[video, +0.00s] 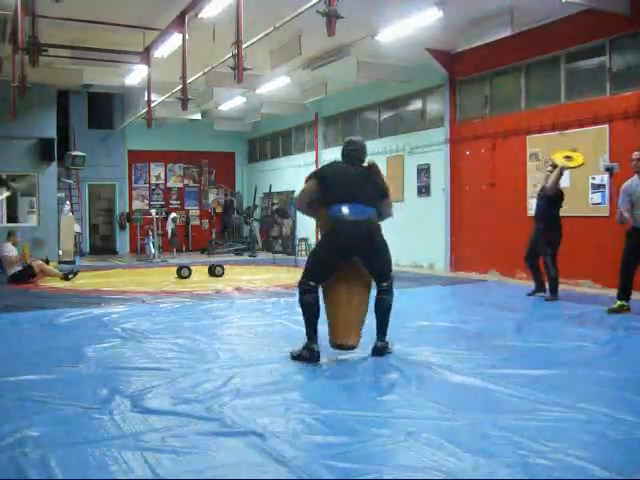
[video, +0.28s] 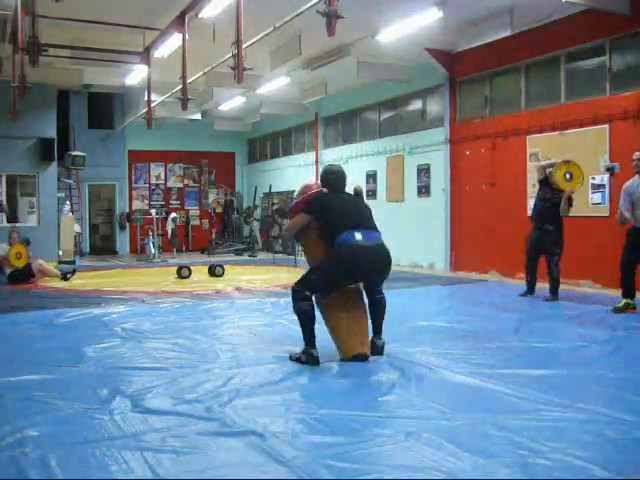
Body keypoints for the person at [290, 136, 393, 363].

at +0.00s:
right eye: (361, 156)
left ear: (342, 155)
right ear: (364, 157)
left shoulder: (328, 170)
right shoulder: (373, 175)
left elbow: (300, 202)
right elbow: (386, 211)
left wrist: (323, 215)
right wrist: (366, 218)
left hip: (336, 235)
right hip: (369, 235)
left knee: (308, 284)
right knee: (384, 282)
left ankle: (311, 346)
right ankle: (381, 342)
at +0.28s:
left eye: (323, 182)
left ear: (323, 184)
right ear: (344, 183)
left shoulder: (319, 200)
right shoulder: (359, 201)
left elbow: (290, 229)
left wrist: (288, 237)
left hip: (346, 258)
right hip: (379, 256)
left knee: (301, 290)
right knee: (374, 289)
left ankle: (310, 350)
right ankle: (377, 340)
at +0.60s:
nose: (312, 190)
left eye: (312, 188)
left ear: (316, 188)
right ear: (336, 186)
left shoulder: (314, 198)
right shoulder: (350, 198)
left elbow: (289, 236)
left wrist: (292, 247)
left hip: (353, 243)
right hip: (383, 241)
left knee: (308, 282)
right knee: (370, 283)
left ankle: (304, 344)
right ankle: (375, 338)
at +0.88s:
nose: (310, 183)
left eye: (310, 181)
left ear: (313, 181)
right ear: (333, 179)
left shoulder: (310, 193)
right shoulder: (347, 191)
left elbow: (290, 225)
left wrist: (289, 241)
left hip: (347, 234)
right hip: (378, 231)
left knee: (312, 282)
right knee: (372, 282)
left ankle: (303, 343)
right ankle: (375, 336)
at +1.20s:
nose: (316, 158)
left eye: (317, 155)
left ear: (320, 157)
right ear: (341, 156)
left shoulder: (316, 175)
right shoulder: (355, 174)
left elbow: (289, 209)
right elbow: (368, 198)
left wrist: (303, 220)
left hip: (344, 231)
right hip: (374, 228)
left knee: (304, 283)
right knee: (376, 282)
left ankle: (302, 345)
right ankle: (377, 337)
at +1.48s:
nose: (358, 161)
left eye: (359, 158)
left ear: (359, 161)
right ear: (382, 165)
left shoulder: (339, 183)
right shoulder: (385, 189)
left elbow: (305, 206)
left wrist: (327, 197)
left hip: (337, 254)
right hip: (368, 257)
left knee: (292, 287)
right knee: (373, 288)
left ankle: (302, 346)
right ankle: (375, 340)